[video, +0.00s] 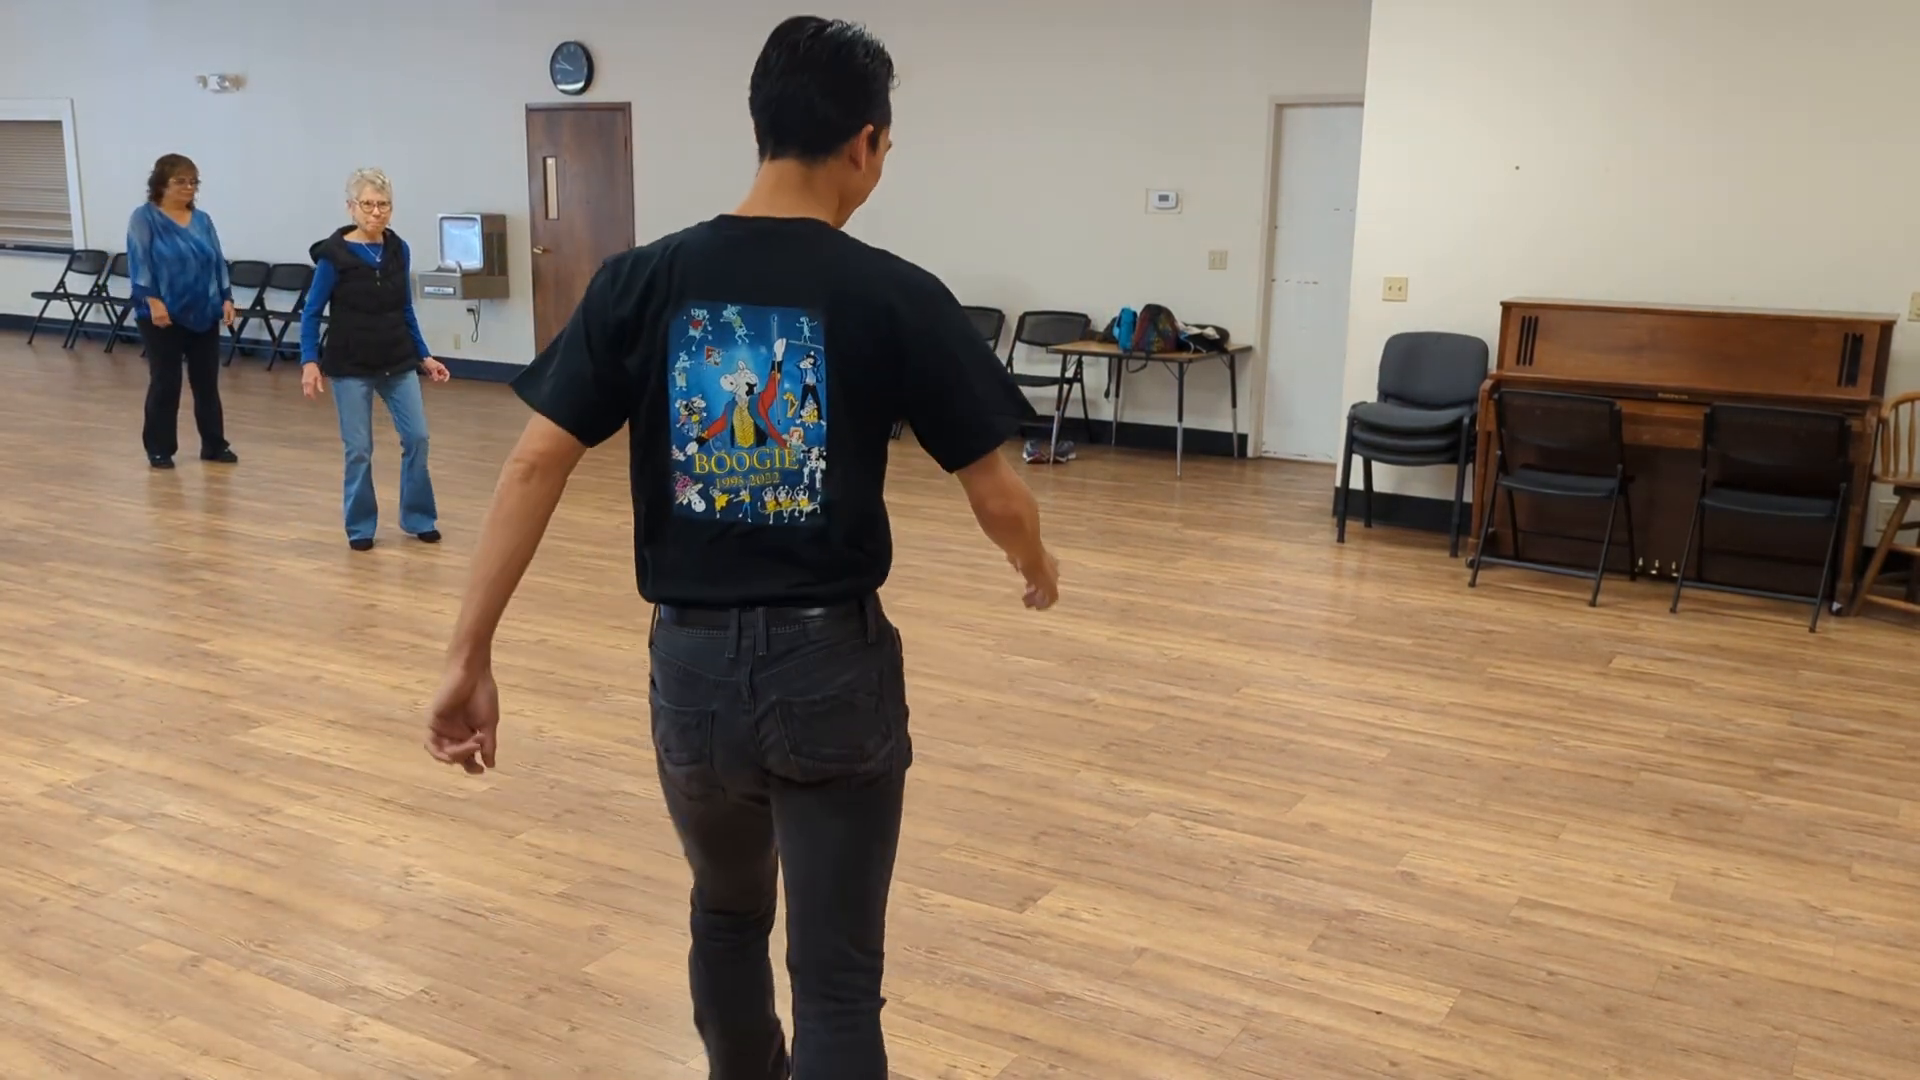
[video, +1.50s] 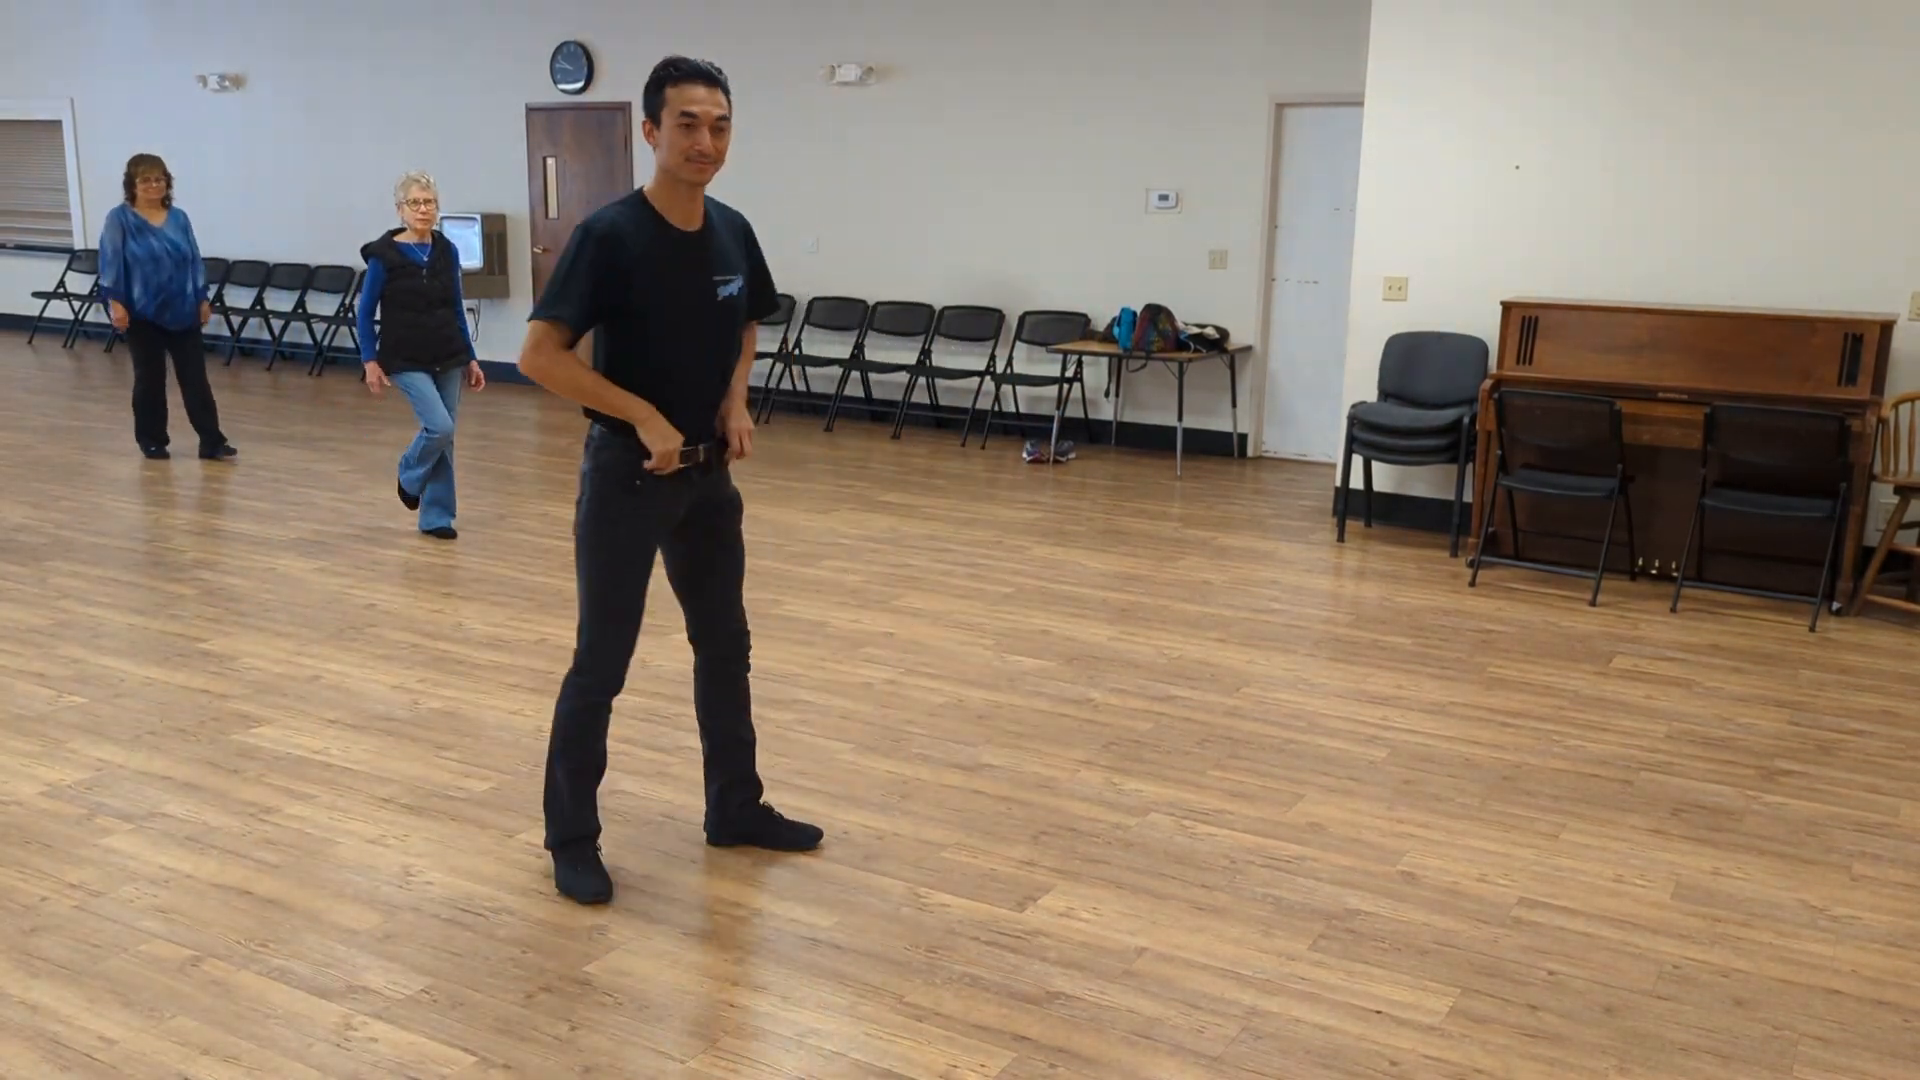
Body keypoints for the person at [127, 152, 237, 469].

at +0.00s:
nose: (190, 187)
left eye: (193, 181)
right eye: (182, 181)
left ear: (196, 184)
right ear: (163, 183)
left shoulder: (202, 219)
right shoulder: (144, 217)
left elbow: (219, 262)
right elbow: (139, 264)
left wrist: (226, 298)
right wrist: (153, 300)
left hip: (203, 313)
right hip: (163, 314)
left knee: (206, 383)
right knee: (166, 383)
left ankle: (214, 445)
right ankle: (159, 451)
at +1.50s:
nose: (154, 184)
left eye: (159, 179)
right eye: (146, 179)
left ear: (167, 183)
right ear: (133, 184)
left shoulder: (178, 217)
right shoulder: (120, 217)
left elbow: (195, 260)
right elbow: (110, 263)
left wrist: (201, 298)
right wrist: (115, 301)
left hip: (183, 310)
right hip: (143, 312)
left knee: (195, 378)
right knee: (150, 379)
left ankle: (211, 441)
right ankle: (152, 441)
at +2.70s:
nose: (182, 184)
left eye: (188, 179)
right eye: (175, 179)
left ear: (195, 183)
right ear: (162, 182)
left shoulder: (200, 218)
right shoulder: (147, 214)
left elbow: (213, 262)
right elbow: (141, 259)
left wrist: (221, 297)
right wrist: (149, 295)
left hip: (197, 308)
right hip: (161, 307)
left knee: (194, 373)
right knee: (161, 373)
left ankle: (194, 434)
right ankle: (152, 439)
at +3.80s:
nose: (165, 183)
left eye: (171, 178)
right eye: (158, 178)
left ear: (179, 183)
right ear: (146, 183)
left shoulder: (188, 218)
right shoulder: (133, 216)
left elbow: (202, 262)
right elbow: (129, 262)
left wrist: (212, 296)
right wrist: (139, 298)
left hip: (192, 308)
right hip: (155, 308)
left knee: (192, 375)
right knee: (157, 375)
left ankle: (194, 436)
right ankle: (152, 440)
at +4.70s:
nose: (169, 184)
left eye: (175, 179)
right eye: (162, 178)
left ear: (181, 183)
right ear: (148, 183)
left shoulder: (189, 218)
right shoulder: (134, 216)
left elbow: (203, 261)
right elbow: (130, 262)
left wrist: (212, 296)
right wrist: (139, 297)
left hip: (192, 307)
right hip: (156, 308)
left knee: (192, 375)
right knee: (158, 374)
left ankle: (193, 435)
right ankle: (152, 440)